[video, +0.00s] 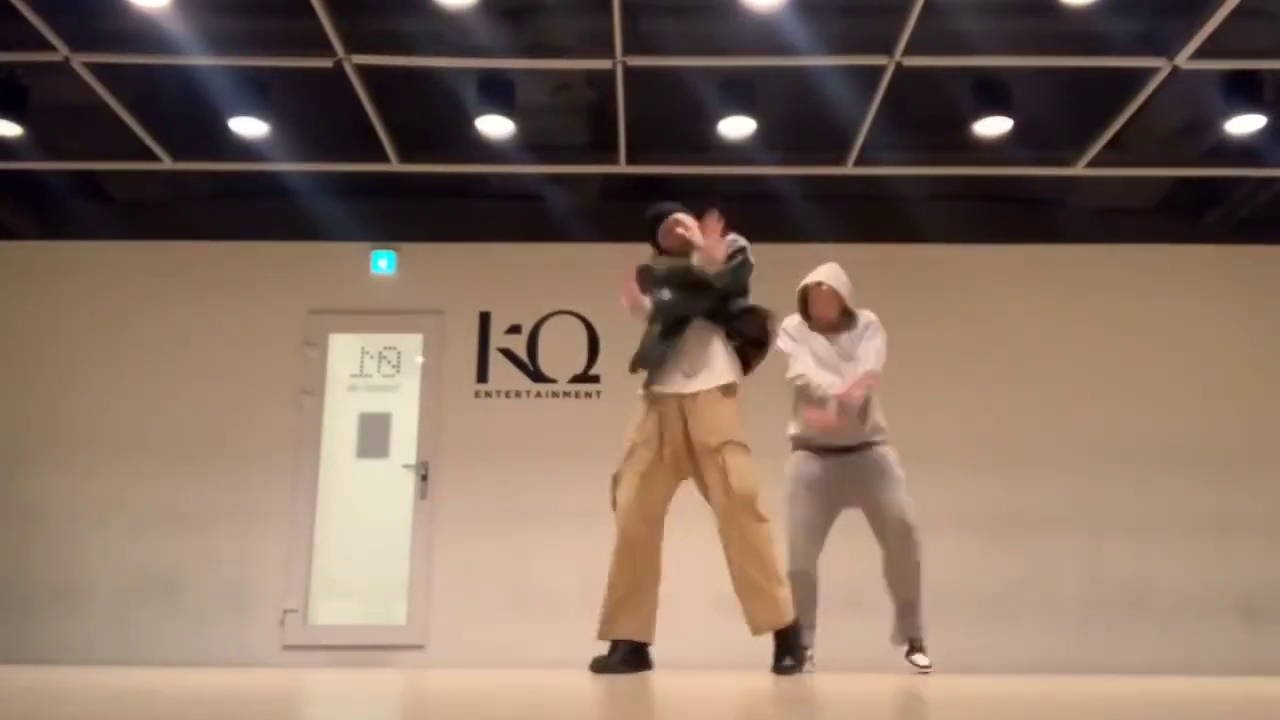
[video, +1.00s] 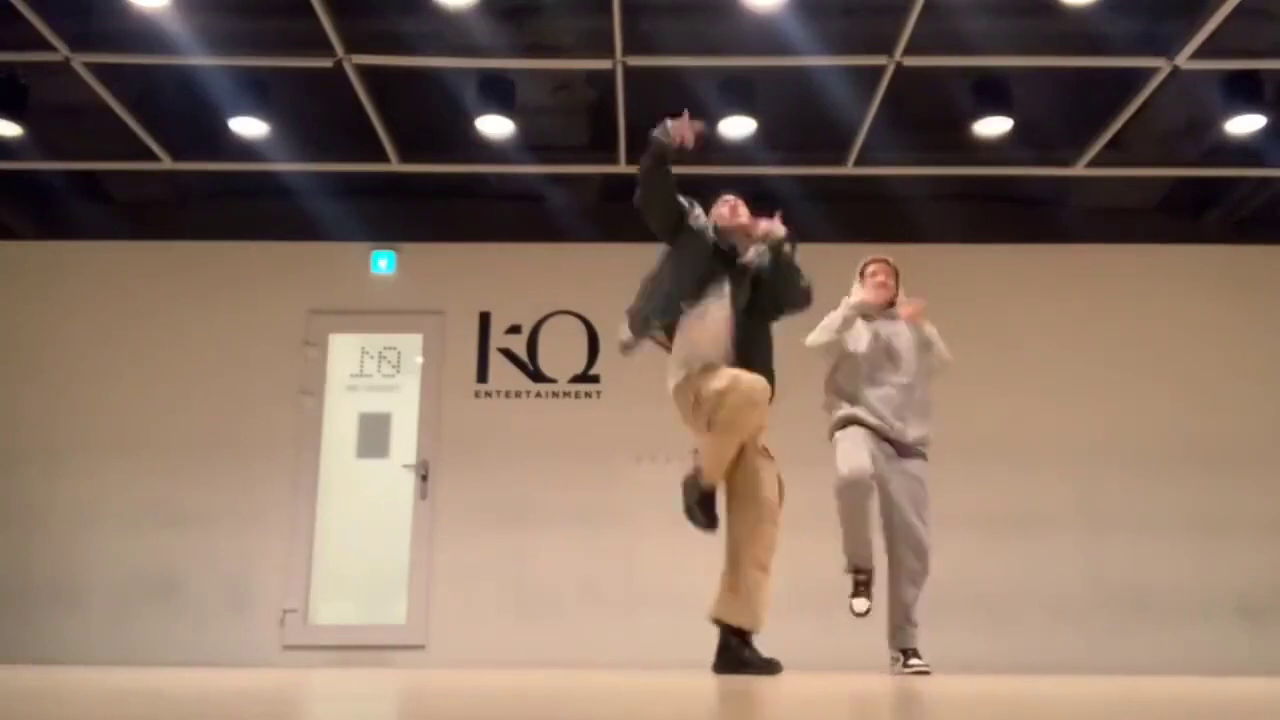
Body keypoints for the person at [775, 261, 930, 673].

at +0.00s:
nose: (819, 301)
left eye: (827, 293)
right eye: (813, 293)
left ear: (843, 298)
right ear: (805, 298)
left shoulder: (867, 325)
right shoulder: (792, 329)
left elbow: (870, 366)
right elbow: (800, 372)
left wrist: (844, 399)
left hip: (869, 454)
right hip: (813, 457)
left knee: (901, 530)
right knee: (800, 554)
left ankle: (913, 637)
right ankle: (801, 644)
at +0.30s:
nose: (839, 287)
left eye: (845, 281)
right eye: (831, 279)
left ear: (852, 289)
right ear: (814, 285)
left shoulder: (864, 324)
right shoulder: (792, 319)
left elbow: (860, 384)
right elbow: (806, 361)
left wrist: (825, 406)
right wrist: (862, 360)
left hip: (868, 443)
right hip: (817, 454)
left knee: (906, 510)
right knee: (808, 553)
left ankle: (932, 627)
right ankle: (799, 644)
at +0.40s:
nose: (838, 281)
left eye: (846, 276)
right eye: (832, 274)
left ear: (858, 288)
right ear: (820, 283)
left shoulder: (876, 331)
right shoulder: (802, 318)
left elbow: (901, 378)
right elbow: (799, 369)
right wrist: (848, 385)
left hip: (872, 448)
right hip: (820, 452)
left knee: (903, 526)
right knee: (813, 552)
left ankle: (916, 638)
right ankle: (800, 644)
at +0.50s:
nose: (857, 282)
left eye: (864, 277)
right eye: (850, 276)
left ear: (876, 287)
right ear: (836, 285)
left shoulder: (895, 335)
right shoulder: (817, 322)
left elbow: (927, 368)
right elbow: (783, 364)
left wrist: (954, 380)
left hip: (882, 456)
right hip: (827, 455)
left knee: (897, 545)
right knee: (811, 551)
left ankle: (906, 647)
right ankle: (799, 645)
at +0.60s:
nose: (876, 283)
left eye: (882, 278)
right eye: (867, 276)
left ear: (889, 289)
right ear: (850, 283)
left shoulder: (902, 330)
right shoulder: (821, 323)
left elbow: (948, 349)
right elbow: (771, 338)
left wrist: (933, 360)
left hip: (894, 450)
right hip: (843, 447)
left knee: (901, 548)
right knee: (823, 533)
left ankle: (905, 647)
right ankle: (804, 633)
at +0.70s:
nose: (872, 286)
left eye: (879, 280)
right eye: (865, 279)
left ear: (888, 291)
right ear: (849, 286)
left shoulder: (906, 334)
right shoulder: (828, 329)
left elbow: (957, 347)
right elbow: (788, 340)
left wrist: (971, 365)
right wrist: (807, 341)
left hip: (905, 441)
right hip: (858, 436)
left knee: (908, 539)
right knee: (864, 517)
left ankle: (905, 646)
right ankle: (838, 624)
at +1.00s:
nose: (879, 279)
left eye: (887, 275)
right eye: (871, 275)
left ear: (896, 289)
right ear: (859, 288)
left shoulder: (910, 327)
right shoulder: (847, 323)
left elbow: (940, 362)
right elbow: (815, 345)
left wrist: (921, 326)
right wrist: (853, 307)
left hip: (907, 440)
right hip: (858, 424)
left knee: (911, 546)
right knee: (854, 474)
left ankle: (905, 646)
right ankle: (860, 569)